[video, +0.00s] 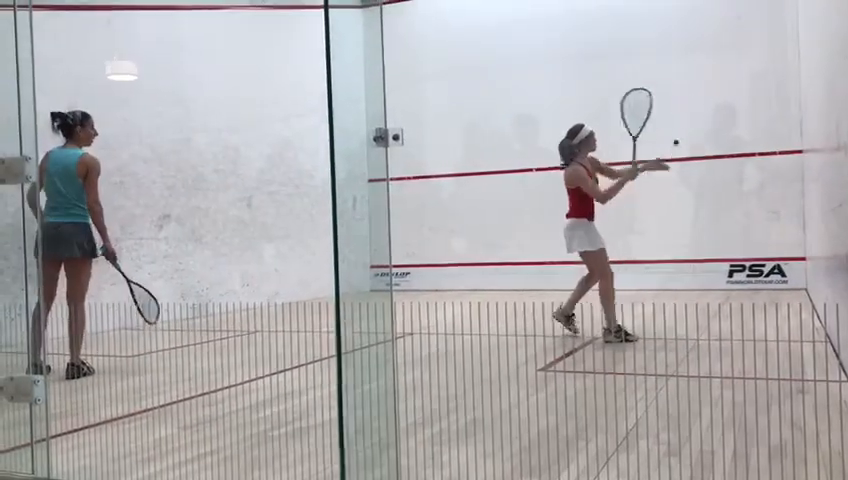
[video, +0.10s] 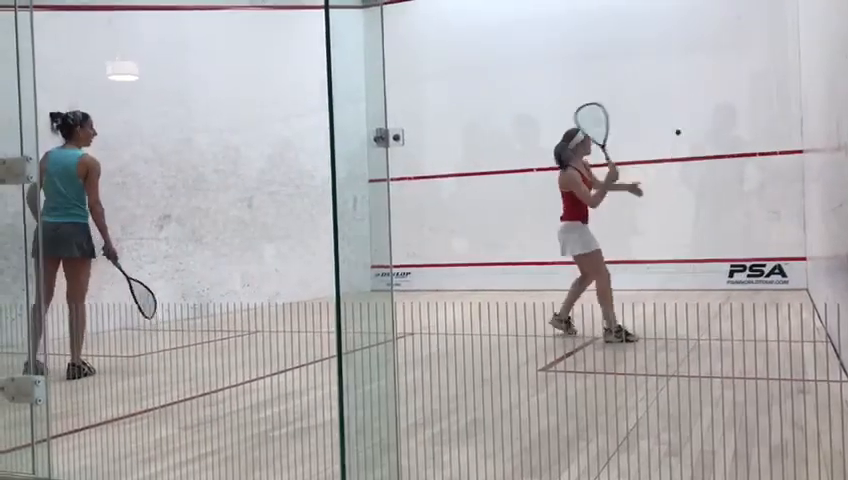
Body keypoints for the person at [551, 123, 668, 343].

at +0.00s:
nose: (595, 140)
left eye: (593, 137)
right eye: (592, 138)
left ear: (580, 144)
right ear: (582, 144)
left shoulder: (589, 162)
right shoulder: (575, 171)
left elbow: (615, 173)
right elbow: (601, 198)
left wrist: (648, 166)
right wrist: (625, 178)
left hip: (582, 226)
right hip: (580, 227)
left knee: (595, 273)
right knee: (605, 275)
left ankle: (565, 311)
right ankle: (612, 328)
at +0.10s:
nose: (590, 143)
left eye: (588, 140)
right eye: (586, 140)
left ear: (575, 148)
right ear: (576, 147)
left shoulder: (582, 165)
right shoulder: (570, 174)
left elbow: (598, 185)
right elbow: (592, 202)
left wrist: (628, 188)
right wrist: (608, 181)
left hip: (575, 228)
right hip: (575, 230)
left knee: (588, 274)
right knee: (602, 274)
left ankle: (562, 316)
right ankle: (612, 327)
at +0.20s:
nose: (582, 150)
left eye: (581, 147)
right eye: (577, 147)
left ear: (565, 156)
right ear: (567, 154)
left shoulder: (560, 179)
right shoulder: (569, 181)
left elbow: (568, 203)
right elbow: (594, 202)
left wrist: (586, 210)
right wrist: (604, 187)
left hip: (558, 233)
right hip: (569, 234)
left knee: (577, 277)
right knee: (595, 278)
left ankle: (557, 320)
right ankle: (611, 327)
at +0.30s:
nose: (573, 151)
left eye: (572, 148)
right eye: (570, 149)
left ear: (552, 156)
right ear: (563, 156)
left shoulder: (541, 178)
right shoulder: (568, 182)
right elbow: (602, 192)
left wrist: (556, 204)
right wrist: (627, 184)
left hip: (542, 233)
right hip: (560, 234)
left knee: (565, 277)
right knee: (588, 278)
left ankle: (556, 322)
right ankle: (600, 326)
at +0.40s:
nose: (563, 154)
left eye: (561, 150)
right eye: (561, 151)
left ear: (540, 153)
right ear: (557, 154)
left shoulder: (529, 176)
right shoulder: (562, 178)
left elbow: (520, 200)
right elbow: (580, 200)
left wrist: (521, 217)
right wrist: (592, 198)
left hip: (531, 234)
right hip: (552, 233)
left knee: (556, 277)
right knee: (578, 278)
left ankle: (554, 320)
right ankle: (563, 319)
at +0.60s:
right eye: (537, 149)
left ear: (521, 152)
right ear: (540, 152)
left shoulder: (507, 175)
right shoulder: (543, 178)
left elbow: (484, 199)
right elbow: (521, 204)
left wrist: (468, 213)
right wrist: (491, 210)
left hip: (513, 232)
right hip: (533, 230)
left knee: (536, 281)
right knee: (537, 282)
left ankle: (551, 323)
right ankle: (509, 320)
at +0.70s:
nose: (511, 155)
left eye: (509, 150)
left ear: (507, 151)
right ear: (526, 151)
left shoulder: (496, 173)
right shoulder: (529, 177)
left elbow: (481, 196)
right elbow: (517, 204)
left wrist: (474, 208)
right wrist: (486, 210)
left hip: (499, 231)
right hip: (520, 228)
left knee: (517, 283)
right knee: (518, 283)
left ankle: (531, 320)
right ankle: (504, 325)